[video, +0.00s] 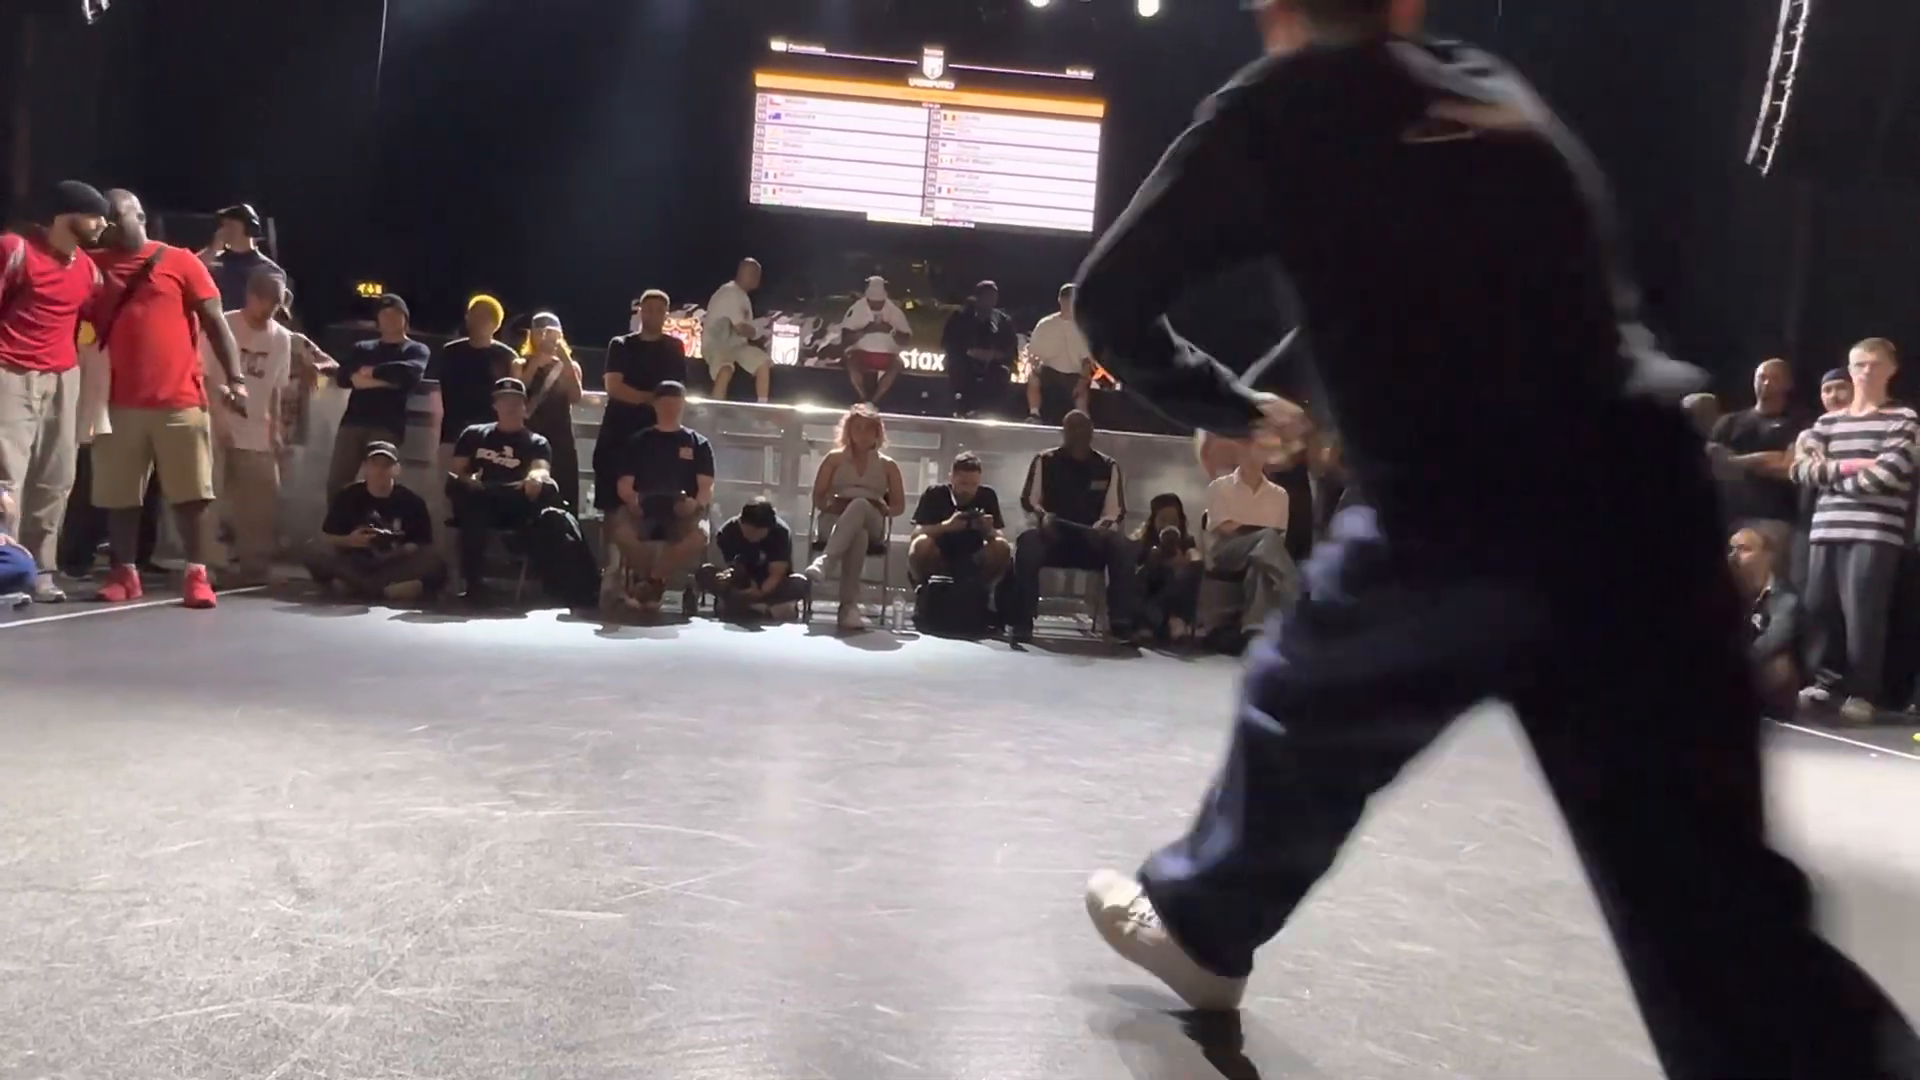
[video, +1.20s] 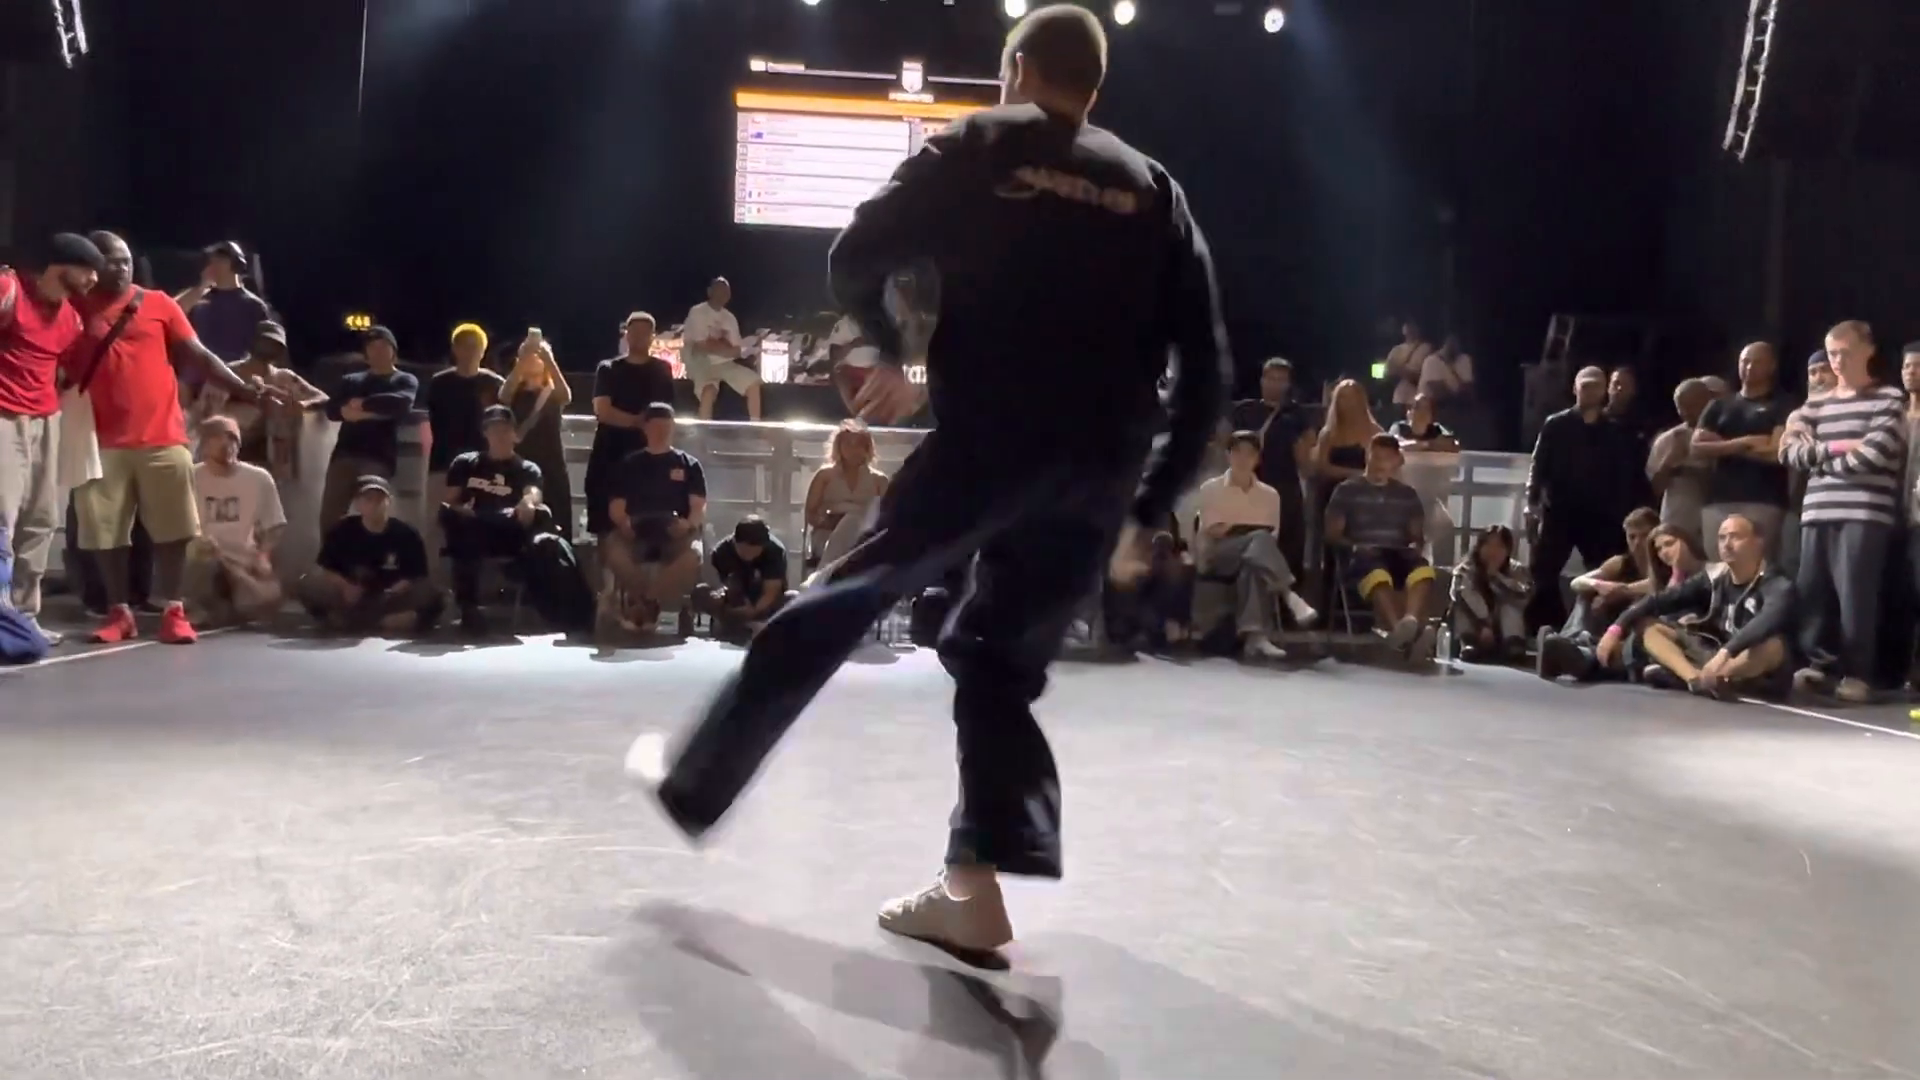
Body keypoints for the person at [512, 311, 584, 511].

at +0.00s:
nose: (547, 337)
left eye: (552, 331)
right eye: (541, 332)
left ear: (560, 335)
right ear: (532, 335)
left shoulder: (569, 366)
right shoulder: (521, 364)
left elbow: (575, 396)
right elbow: (515, 394)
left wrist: (564, 356)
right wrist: (535, 364)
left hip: (560, 436)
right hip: (529, 434)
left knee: (565, 495)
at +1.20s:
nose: (533, 362)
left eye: (538, 357)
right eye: (528, 357)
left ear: (546, 363)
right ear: (519, 363)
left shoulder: (554, 391)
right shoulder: (514, 390)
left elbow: (565, 397)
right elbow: (504, 397)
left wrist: (550, 361)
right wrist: (521, 360)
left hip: (550, 458)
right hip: (521, 459)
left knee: (558, 514)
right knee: (522, 512)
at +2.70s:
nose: (545, 361)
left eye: (551, 356)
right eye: (540, 356)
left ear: (560, 363)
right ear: (532, 362)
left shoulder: (571, 393)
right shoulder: (524, 393)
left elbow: (578, 418)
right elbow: (516, 422)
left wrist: (566, 384)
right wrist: (534, 386)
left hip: (563, 467)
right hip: (532, 468)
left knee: (570, 526)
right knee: (533, 526)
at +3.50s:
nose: (558, 356)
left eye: (563, 351)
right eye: (553, 350)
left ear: (572, 355)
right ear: (545, 354)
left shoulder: (584, 386)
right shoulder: (535, 384)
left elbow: (592, 427)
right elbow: (532, 426)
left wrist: (574, 409)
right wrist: (553, 411)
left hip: (574, 454)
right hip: (544, 453)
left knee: (581, 513)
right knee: (543, 512)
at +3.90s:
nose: (564, 352)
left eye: (570, 347)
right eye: (559, 346)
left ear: (577, 351)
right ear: (550, 349)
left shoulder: (589, 383)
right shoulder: (538, 382)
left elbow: (601, 426)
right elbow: (533, 425)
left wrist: (579, 414)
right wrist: (552, 416)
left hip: (579, 450)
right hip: (547, 449)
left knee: (585, 509)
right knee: (547, 509)